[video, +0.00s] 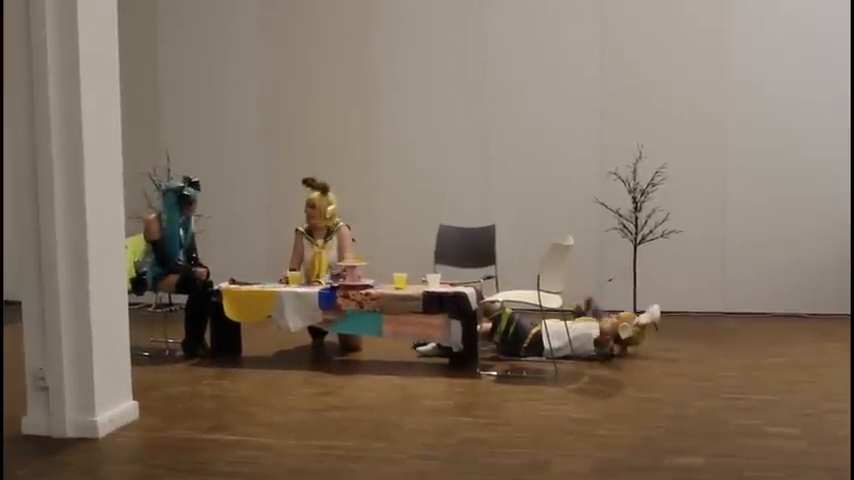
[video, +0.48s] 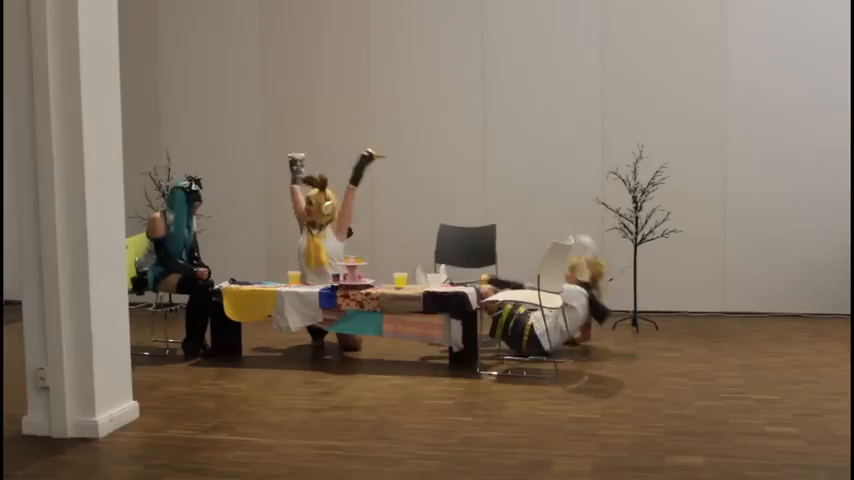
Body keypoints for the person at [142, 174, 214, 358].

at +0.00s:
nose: (191, 208)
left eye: (192, 203)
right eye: (188, 203)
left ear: (192, 204)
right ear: (176, 202)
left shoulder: (186, 223)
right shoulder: (155, 222)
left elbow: (191, 255)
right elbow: (164, 261)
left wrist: (200, 268)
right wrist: (191, 272)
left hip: (178, 270)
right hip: (157, 273)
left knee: (206, 285)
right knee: (197, 286)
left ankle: (198, 340)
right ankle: (191, 343)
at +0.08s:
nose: (192, 208)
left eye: (193, 204)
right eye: (188, 204)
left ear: (193, 205)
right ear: (176, 202)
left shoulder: (186, 223)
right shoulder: (155, 222)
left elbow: (191, 255)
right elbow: (164, 261)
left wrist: (199, 268)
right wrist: (191, 272)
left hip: (178, 270)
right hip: (157, 273)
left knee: (206, 285)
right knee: (196, 287)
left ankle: (198, 341)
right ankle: (191, 344)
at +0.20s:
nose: (194, 207)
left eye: (195, 203)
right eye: (191, 202)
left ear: (195, 204)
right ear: (178, 201)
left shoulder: (188, 222)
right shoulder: (157, 221)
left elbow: (193, 255)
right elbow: (165, 260)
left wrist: (200, 268)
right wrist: (191, 272)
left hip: (179, 269)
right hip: (157, 272)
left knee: (206, 285)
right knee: (198, 285)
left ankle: (199, 341)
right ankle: (191, 343)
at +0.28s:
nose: (196, 208)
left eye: (197, 205)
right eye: (192, 204)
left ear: (194, 205)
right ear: (180, 202)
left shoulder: (189, 222)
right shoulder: (158, 219)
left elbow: (194, 256)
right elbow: (163, 259)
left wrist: (202, 269)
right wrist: (192, 273)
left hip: (179, 269)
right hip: (157, 271)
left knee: (206, 287)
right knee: (197, 288)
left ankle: (199, 342)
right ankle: (191, 344)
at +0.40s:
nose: (195, 210)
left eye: (197, 206)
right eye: (193, 206)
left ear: (194, 205)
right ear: (180, 202)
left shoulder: (189, 222)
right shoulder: (158, 219)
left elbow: (194, 256)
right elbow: (164, 259)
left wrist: (202, 269)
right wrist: (192, 273)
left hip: (179, 270)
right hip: (158, 272)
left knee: (207, 287)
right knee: (198, 288)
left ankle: (198, 342)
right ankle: (191, 344)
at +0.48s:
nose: (196, 210)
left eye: (197, 206)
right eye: (194, 205)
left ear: (195, 204)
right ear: (181, 201)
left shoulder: (188, 222)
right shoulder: (158, 219)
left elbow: (193, 256)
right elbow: (164, 258)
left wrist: (202, 268)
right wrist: (192, 273)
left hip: (178, 269)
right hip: (158, 272)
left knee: (207, 287)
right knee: (198, 288)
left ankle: (199, 341)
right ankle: (191, 344)